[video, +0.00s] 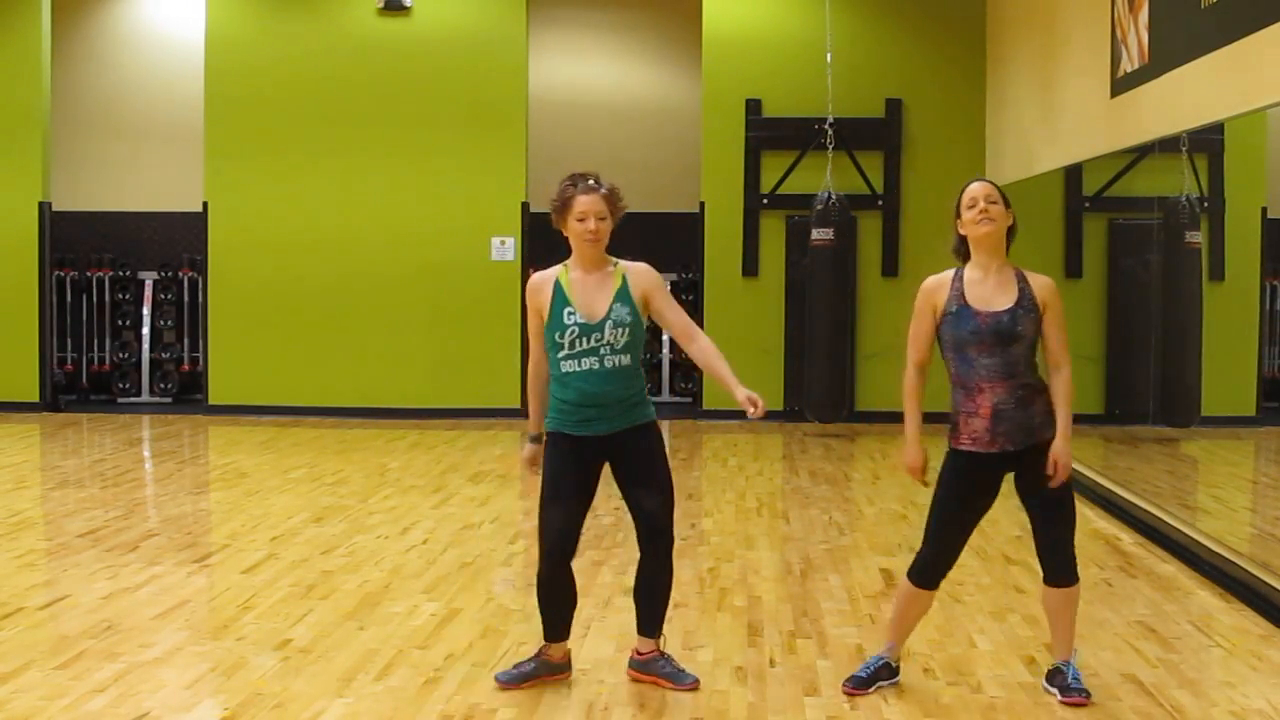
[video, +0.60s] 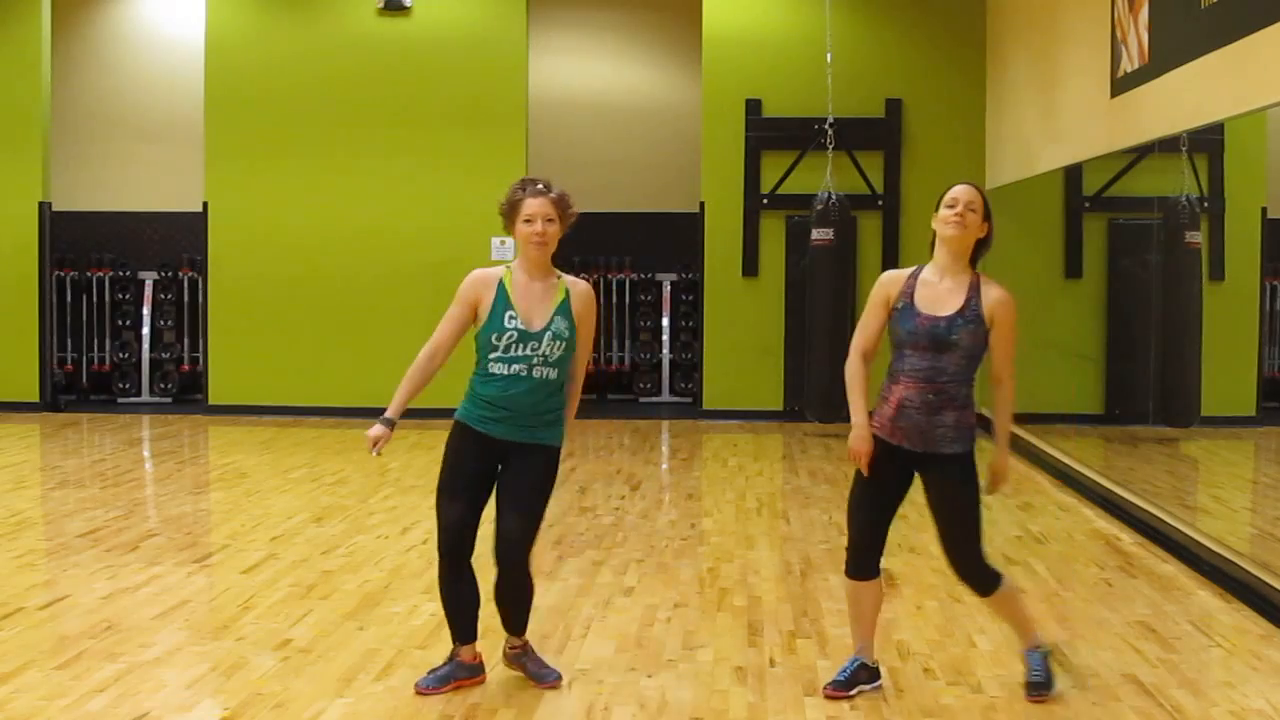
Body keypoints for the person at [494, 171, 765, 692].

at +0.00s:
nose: (594, 227)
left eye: (601, 219)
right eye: (583, 219)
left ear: (612, 224)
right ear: (563, 225)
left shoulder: (640, 279)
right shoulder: (543, 286)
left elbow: (692, 337)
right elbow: (539, 364)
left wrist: (736, 388)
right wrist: (534, 434)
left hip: (634, 430)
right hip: (570, 434)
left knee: (658, 534)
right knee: (553, 548)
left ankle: (647, 651)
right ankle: (555, 653)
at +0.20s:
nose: (576, 220)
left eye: (586, 212)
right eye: (567, 210)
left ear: (597, 220)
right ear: (548, 216)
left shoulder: (614, 276)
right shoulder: (528, 275)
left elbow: (661, 341)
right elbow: (522, 350)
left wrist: (698, 404)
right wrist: (502, 415)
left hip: (614, 428)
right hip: (552, 430)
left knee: (644, 539)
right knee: (512, 538)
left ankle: (686, 640)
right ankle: (485, 650)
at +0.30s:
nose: (560, 219)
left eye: (571, 212)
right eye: (551, 210)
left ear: (583, 220)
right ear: (534, 215)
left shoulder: (597, 280)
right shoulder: (511, 273)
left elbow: (634, 356)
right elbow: (494, 348)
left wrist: (665, 428)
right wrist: (463, 412)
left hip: (582, 431)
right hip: (521, 431)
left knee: (619, 537)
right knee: (491, 538)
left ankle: (689, 635)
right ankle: (474, 655)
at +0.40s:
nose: (549, 220)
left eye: (559, 212)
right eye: (539, 211)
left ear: (572, 221)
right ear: (522, 217)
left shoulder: (585, 284)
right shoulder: (496, 273)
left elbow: (605, 370)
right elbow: (465, 345)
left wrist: (618, 448)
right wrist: (427, 409)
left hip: (555, 433)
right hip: (497, 427)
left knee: (564, 547)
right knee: (469, 538)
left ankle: (648, 622)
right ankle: (470, 655)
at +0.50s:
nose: (541, 226)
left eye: (551, 218)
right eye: (532, 217)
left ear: (564, 226)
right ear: (514, 224)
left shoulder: (581, 292)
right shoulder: (485, 280)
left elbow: (585, 376)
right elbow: (443, 348)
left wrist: (573, 443)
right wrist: (401, 411)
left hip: (542, 438)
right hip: (483, 429)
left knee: (512, 551)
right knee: (454, 541)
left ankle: (573, 629)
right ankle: (467, 656)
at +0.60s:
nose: (539, 229)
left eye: (548, 221)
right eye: (529, 221)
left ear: (561, 229)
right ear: (512, 228)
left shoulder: (579, 296)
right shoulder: (482, 284)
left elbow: (575, 378)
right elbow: (434, 352)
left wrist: (559, 436)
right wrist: (390, 416)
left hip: (537, 441)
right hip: (475, 431)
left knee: (512, 554)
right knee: (452, 546)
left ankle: (517, 645)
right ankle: (466, 656)